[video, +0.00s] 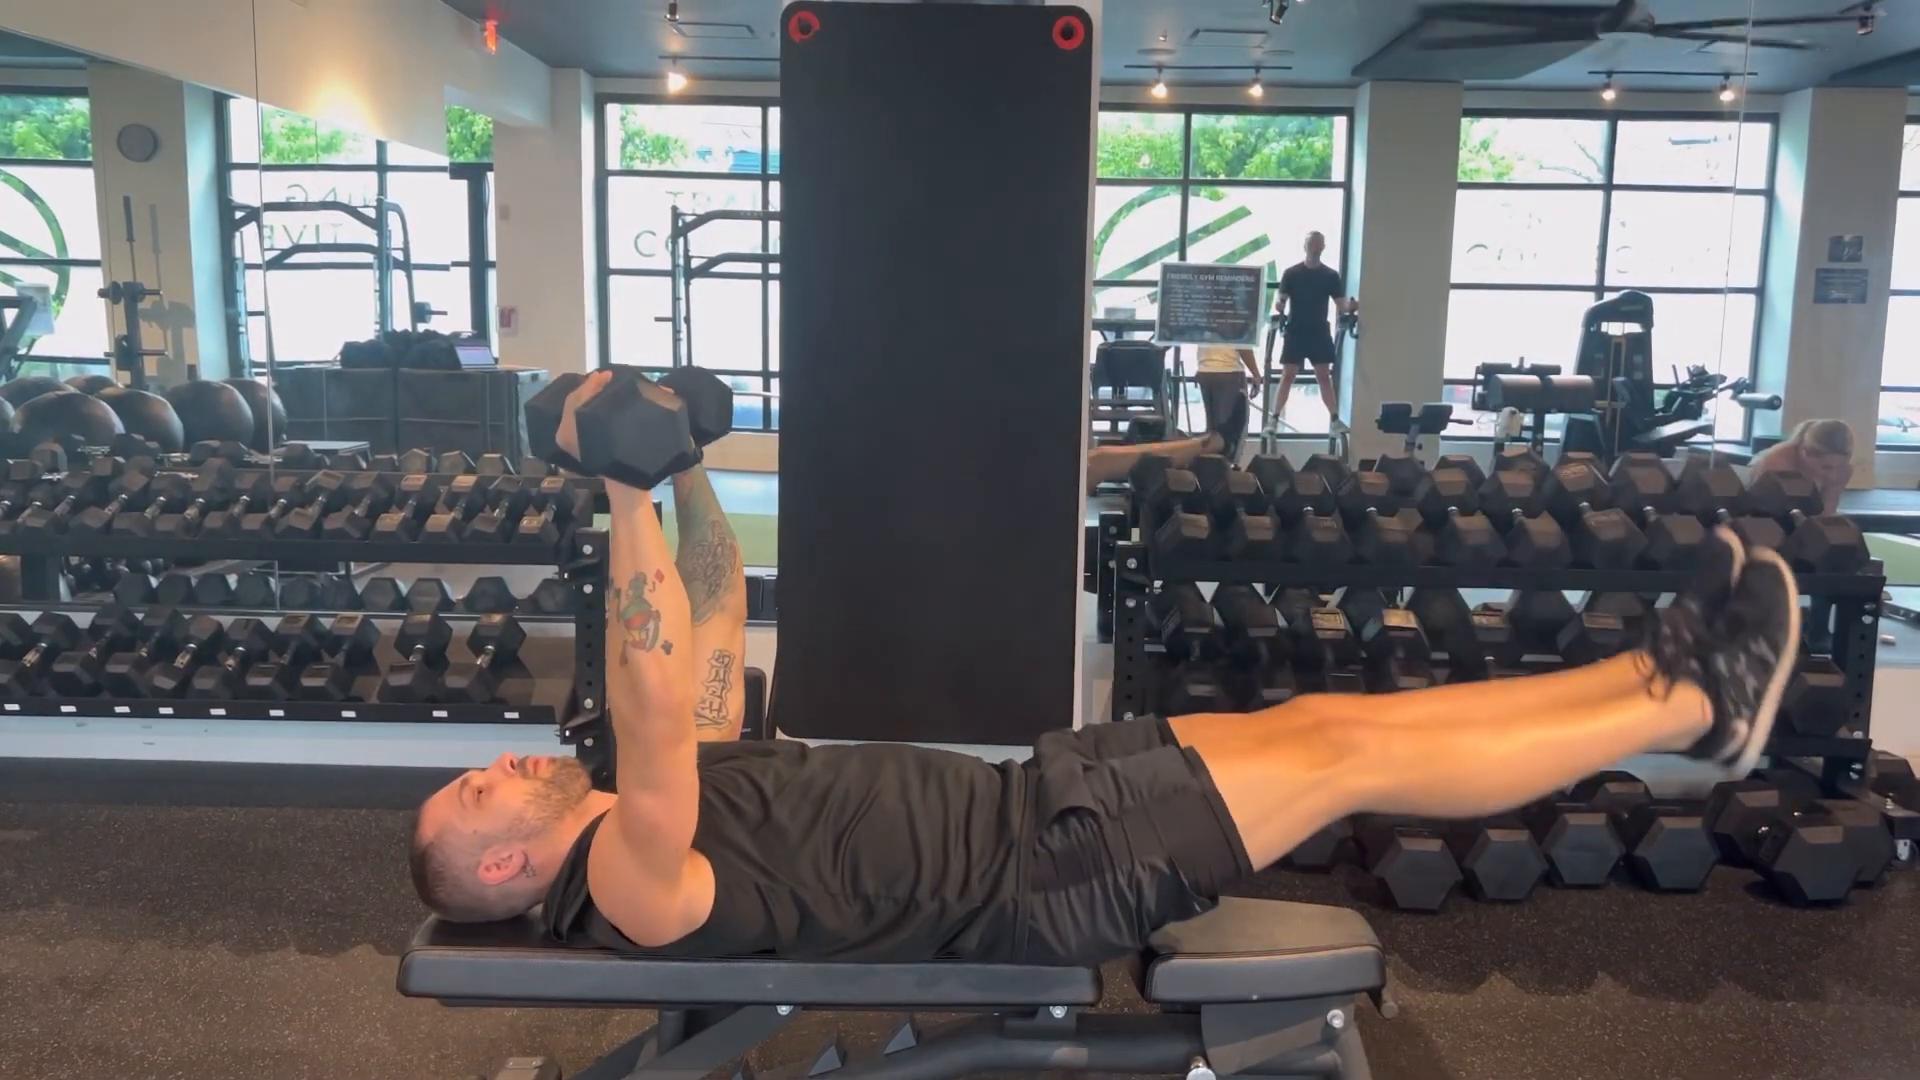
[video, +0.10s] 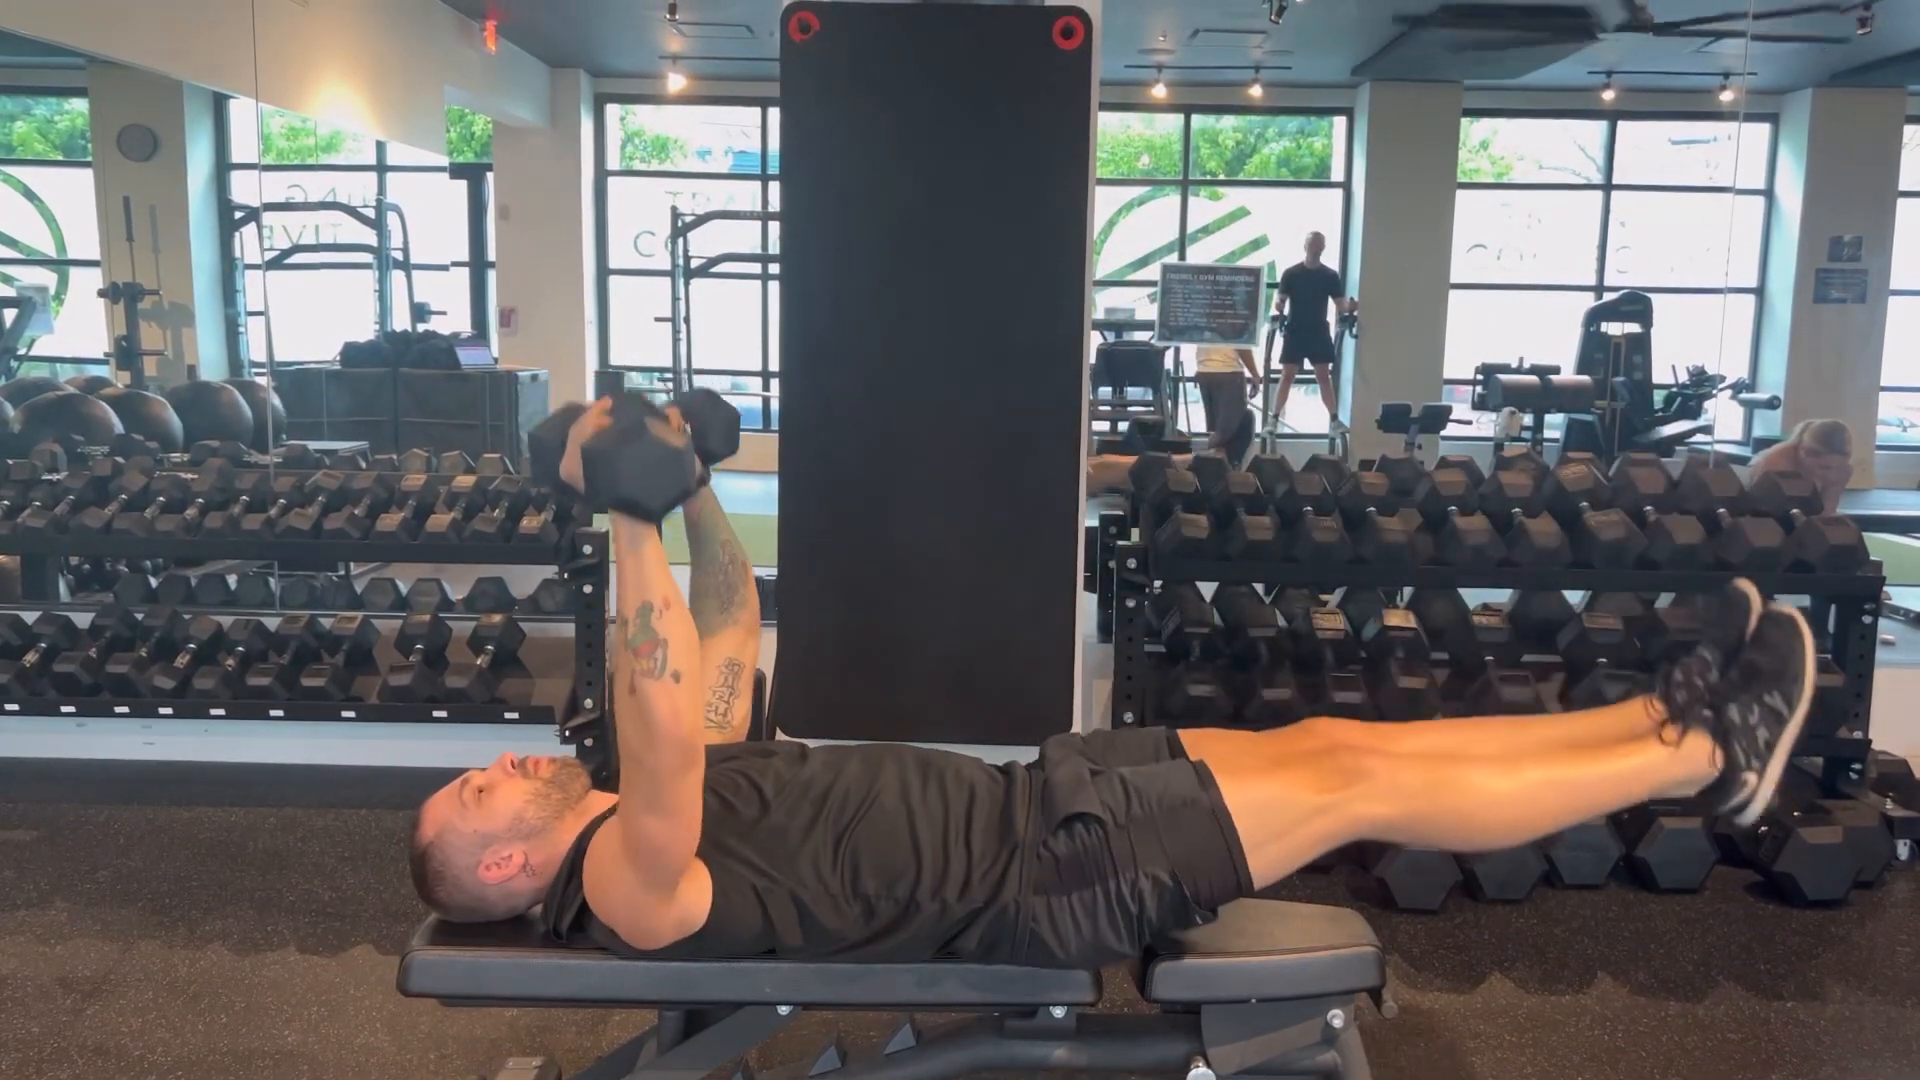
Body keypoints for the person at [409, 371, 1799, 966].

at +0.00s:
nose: (510, 772)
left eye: (489, 778)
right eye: (491, 802)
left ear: (546, 820)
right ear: (526, 876)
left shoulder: (660, 805)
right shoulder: (639, 876)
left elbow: (715, 638)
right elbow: (646, 670)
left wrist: (674, 471)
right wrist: (626, 489)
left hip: (1052, 783)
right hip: (1058, 858)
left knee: (1338, 720)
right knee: (1354, 755)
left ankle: (1656, 682)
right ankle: (1689, 705)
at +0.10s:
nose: (512, 775)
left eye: (491, 782)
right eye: (491, 808)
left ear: (540, 800)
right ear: (524, 884)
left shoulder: (644, 799)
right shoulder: (631, 893)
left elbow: (740, 636)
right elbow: (663, 681)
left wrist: (683, 514)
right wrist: (629, 512)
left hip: (1047, 785)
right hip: (1056, 852)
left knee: (1345, 742)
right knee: (1356, 775)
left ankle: (1666, 724)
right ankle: (1692, 753)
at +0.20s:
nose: (509, 775)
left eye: (490, 784)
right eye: (488, 806)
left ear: (540, 803)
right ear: (517, 878)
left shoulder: (649, 798)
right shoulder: (630, 893)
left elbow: (746, 663)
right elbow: (671, 753)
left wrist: (698, 543)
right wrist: (627, 579)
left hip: (1047, 792)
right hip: (1053, 857)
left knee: (1351, 764)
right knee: (1360, 798)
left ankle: (1671, 751)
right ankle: (1695, 785)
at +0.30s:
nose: (508, 777)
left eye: (492, 780)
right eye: (481, 804)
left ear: (539, 785)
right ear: (498, 874)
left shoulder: (649, 798)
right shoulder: (622, 893)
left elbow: (761, 716)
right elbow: (681, 850)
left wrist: (716, 591)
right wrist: (629, 658)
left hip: (1047, 789)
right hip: (1046, 856)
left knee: (1357, 778)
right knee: (1366, 807)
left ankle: (1672, 774)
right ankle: (1696, 798)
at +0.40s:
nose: (518, 774)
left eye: (495, 779)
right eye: (488, 802)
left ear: (529, 798)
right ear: (498, 874)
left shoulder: (636, 805)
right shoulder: (601, 892)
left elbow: (763, 742)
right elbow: (676, 956)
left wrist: (692, 653)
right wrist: (633, 740)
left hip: (1049, 786)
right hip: (1044, 863)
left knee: (1351, 781)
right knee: (1365, 816)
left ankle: (1674, 792)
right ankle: (1706, 824)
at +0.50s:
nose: (506, 772)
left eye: (487, 778)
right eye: (485, 801)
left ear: (529, 808)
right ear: (508, 869)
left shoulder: (627, 785)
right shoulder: (614, 893)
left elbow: (703, 730)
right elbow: (677, 1034)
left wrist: (673, 706)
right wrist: (650, 838)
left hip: (1061, 783)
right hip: (1072, 859)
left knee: (1349, 780)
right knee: (1374, 832)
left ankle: (1661, 794)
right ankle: (1700, 836)